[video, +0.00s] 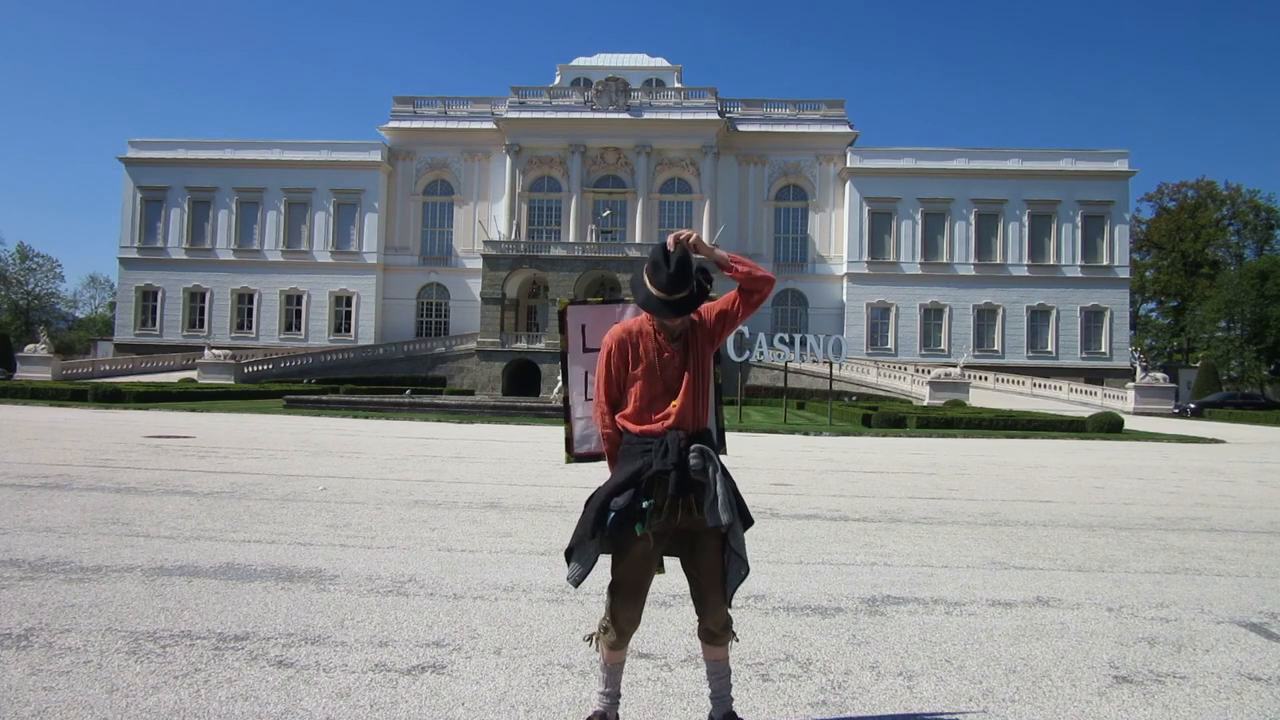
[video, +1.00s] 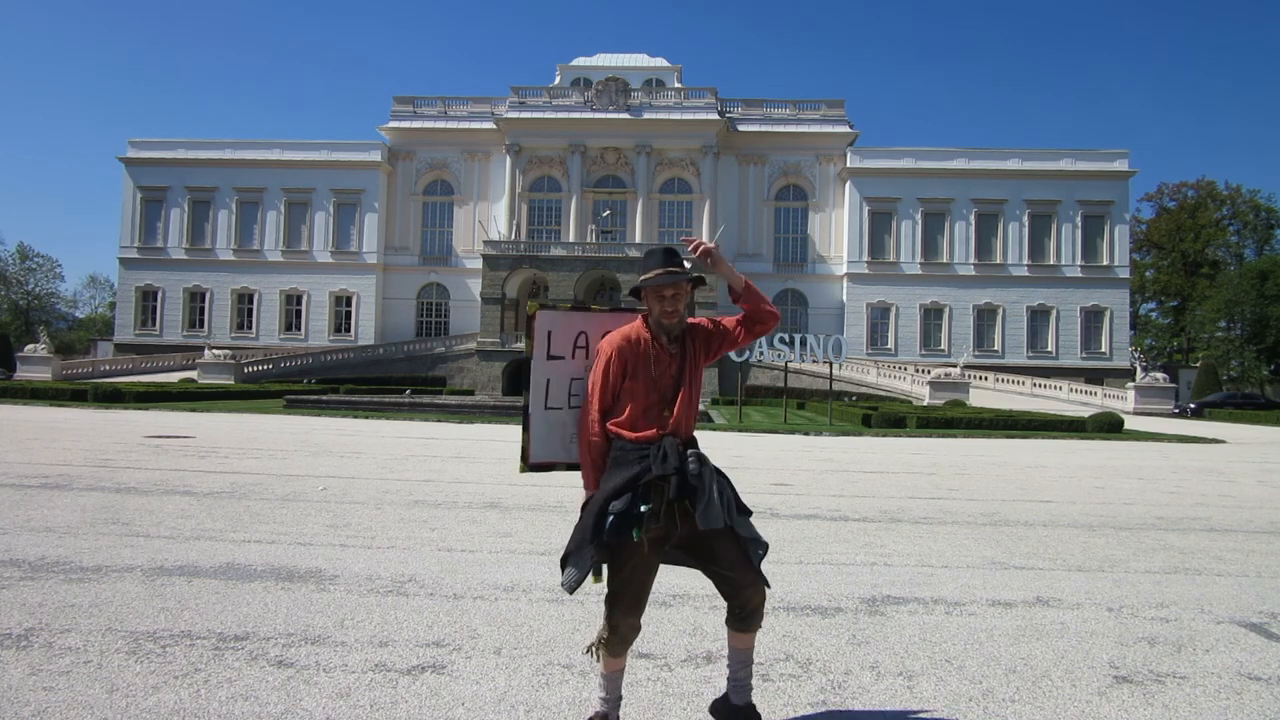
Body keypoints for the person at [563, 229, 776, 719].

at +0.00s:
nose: (673, 322)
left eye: (682, 313)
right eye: (665, 313)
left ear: (695, 300)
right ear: (648, 300)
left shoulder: (708, 326)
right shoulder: (621, 338)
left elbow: (761, 283)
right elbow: (605, 415)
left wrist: (709, 252)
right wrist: (623, 479)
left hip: (700, 481)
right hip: (639, 481)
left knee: (714, 605)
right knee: (624, 607)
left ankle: (722, 708)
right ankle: (607, 703)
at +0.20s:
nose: (672, 317)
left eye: (680, 307)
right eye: (663, 308)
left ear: (690, 297)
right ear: (646, 297)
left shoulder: (704, 325)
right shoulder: (620, 338)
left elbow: (756, 287)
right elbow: (602, 417)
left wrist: (703, 255)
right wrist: (622, 482)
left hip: (699, 477)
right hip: (639, 479)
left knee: (717, 602)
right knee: (626, 607)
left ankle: (722, 706)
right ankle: (608, 702)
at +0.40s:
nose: (668, 306)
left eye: (675, 296)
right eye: (658, 297)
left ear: (686, 294)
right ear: (642, 296)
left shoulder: (699, 329)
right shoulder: (615, 340)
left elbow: (755, 290)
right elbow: (599, 418)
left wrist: (701, 265)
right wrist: (618, 485)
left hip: (698, 482)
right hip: (636, 484)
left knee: (720, 606)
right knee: (624, 611)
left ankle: (724, 706)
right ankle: (609, 702)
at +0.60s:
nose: (662, 306)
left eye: (670, 296)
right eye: (652, 298)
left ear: (682, 296)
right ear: (637, 299)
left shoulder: (697, 334)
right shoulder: (612, 345)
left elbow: (755, 301)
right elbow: (596, 425)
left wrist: (705, 268)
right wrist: (615, 491)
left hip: (695, 486)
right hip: (634, 488)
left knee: (730, 607)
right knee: (622, 613)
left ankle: (726, 708)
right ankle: (609, 704)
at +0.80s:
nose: (665, 308)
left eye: (673, 298)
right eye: (654, 299)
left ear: (684, 297)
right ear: (638, 300)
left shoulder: (696, 337)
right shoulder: (613, 345)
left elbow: (755, 304)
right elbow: (594, 425)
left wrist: (707, 269)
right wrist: (613, 493)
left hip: (693, 484)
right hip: (633, 488)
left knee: (733, 604)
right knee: (623, 613)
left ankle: (727, 706)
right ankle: (609, 705)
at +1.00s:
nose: (670, 303)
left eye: (678, 293)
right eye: (660, 294)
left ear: (689, 294)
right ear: (644, 297)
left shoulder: (701, 336)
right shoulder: (617, 346)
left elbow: (765, 317)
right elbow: (592, 428)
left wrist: (722, 268)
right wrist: (597, 501)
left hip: (690, 486)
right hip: (632, 489)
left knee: (750, 592)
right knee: (623, 613)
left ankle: (738, 699)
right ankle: (608, 705)